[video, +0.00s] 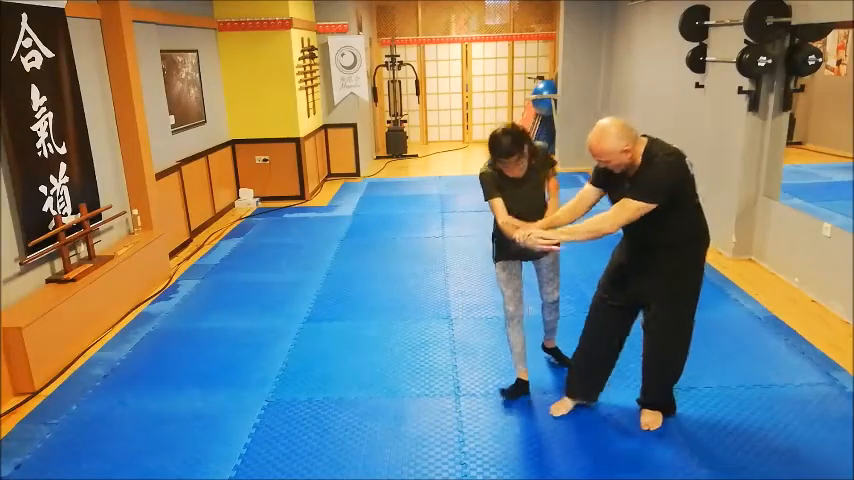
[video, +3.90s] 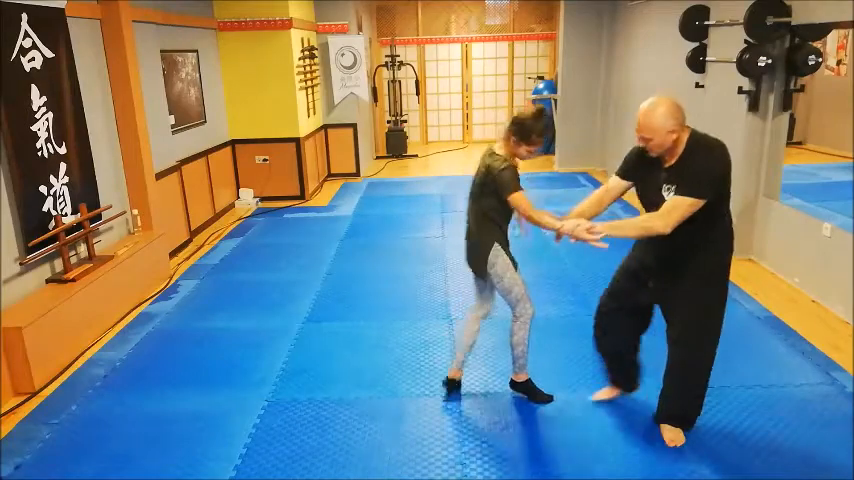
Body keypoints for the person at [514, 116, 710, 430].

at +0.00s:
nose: (600, 166)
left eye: (605, 161)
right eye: (599, 160)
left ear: (629, 150)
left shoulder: (665, 166)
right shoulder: (613, 162)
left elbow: (610, 223)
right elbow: (579, 204)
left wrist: (554, 236)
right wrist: (539, 225)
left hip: (677, 253)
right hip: (636, 245)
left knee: (664, 329)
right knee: (605, 315)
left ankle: (654, 403)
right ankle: (580, 391)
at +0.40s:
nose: (569, 187)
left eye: (571, 182)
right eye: (565, 182)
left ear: (590, 170)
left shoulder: (633, 169)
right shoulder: (580, 180)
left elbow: (610, 238)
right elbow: (573, 239)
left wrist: (550, 248)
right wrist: (552, 282)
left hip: (667, 249)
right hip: (623, 246)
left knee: (660, 325)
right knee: (599, 313)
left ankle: (654, 403)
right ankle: (584, 391)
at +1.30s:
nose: (597, 148)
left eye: (602, 143)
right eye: (595, 141)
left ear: (627, 138)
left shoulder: (669, 153)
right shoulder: (610, 159)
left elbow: (653, 225)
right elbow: (605, 211)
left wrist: (594, 242)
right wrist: (591, 255)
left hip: (681, 248)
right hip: (635, 242)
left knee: (668, 323)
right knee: (609, 312)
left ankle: (655, 403)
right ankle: (585, 386)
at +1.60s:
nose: (622, 118)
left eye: (627, 112)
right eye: (621, 111)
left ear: (653, 112)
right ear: (647, 112)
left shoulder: (688, 143)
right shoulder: (637, 143)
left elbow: (674, 214)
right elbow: (633, 199)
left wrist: (611, 227)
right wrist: (621, 239)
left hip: (687, 245)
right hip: (649, 239)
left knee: (669, 317)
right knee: (632, 307)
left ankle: (661, 400)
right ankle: (641, 372)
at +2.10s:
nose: (658, 95)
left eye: (665, 89)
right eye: (659, 88)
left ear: (688, 95)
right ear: (685, 95)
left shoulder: (699, 137)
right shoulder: (686, 123)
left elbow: (659, 198)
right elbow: (670, 177)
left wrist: (608, 225)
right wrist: (647, 212)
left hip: (695, 237)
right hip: (677, 228)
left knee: (669, 311)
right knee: (687, 302)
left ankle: (659, 400)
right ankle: (697, 370)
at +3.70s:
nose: (652, 128)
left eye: (658, 121)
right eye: (651, 121)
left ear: (684, 116)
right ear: (673, 116)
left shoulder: (717, 148)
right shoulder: (661, 144)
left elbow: (672, 212)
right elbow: (626, 181)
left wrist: (611, 214)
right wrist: (592, 194)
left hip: (707, 253)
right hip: (666, 245)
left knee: (691, 333)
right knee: (647, 309)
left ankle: (673, 414)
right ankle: (680, 366)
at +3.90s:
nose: (640, 143)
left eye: (647, 137)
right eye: (639, 136)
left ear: (676, 133)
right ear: (640, 130)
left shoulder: (710, 157)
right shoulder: (642, 156)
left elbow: (663, 223)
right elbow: (605, 195)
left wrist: (600, 228)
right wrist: (573, 218)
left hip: (701, 261)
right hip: (653, 250)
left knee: (692, 344)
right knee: (615, 311)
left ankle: (673, 419)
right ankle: (623, 380)